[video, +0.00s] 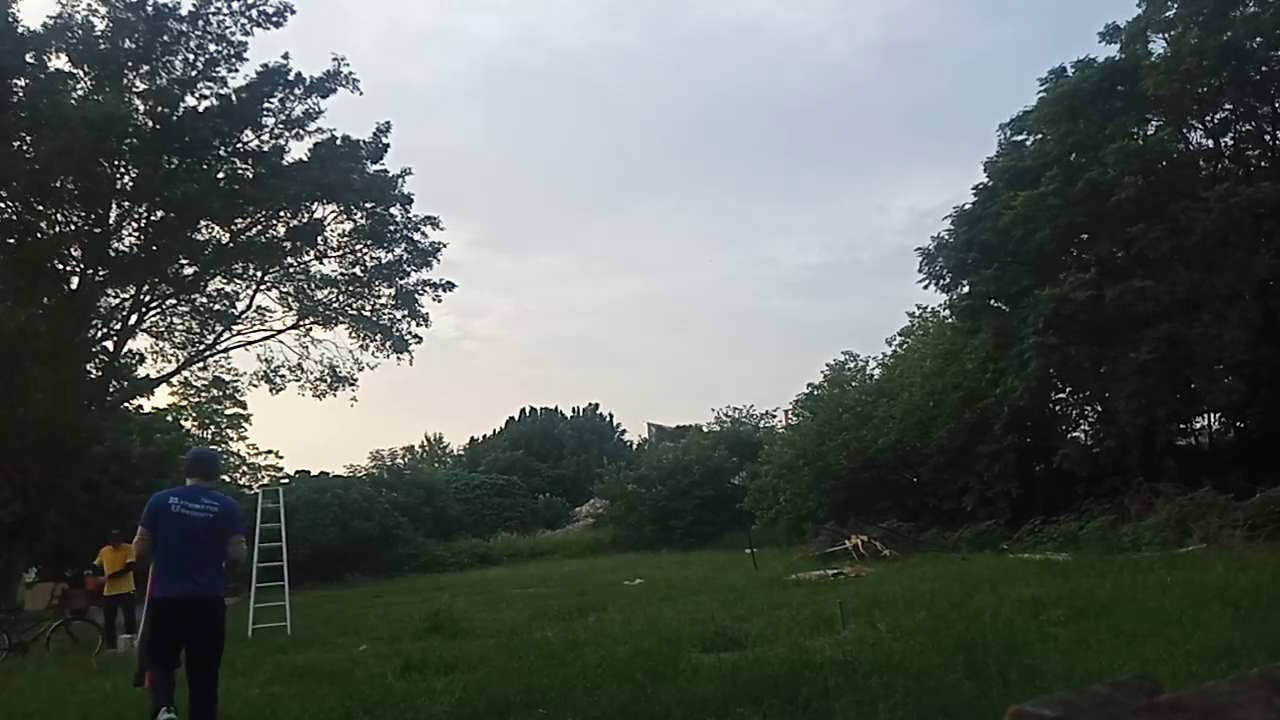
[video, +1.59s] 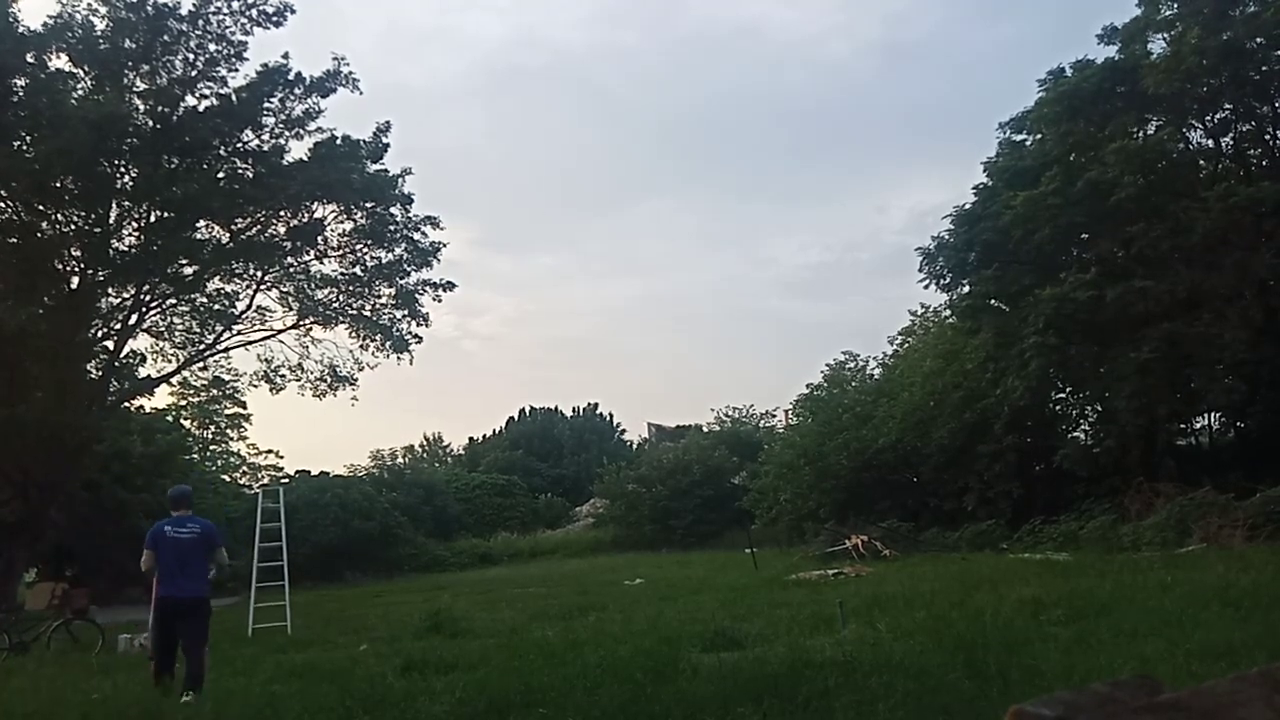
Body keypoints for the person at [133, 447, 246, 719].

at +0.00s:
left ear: (186, 472)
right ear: (216, 474)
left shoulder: (160, 501)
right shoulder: (228, 506)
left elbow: (140, 550)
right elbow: (237, 553)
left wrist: (167, 546)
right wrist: (212, 545)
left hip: (166, 602)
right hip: (208, 605)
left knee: (161, 664)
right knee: (204, 677)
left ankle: (164, 708)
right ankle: (203, 715)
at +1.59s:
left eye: (174, 504)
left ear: (170, 505)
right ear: (191, 504)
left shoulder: (158, 529)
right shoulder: (206, 528)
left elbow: (146, 565)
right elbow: (223, 560)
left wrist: (164, 558)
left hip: (167, 600)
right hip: (197, 599)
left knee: (164, 649)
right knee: (195, 648)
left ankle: (163, 693)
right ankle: (190, 693)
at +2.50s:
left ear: (165, 513)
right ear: (185, 514)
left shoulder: (153, 532)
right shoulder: (195, 534)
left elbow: (142, 563)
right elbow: (200, 560)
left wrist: (140, 585)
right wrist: (186, 566)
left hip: (156, 593)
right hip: (182, 594)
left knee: (149, 636)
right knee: (180, 637)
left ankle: (143, 676)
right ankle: (179, 679)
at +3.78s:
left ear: (129, 529)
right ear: (145, 528)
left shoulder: (119, 548)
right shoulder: (155, 545)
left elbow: (113, 575)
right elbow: (167, 567)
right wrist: (153, 568)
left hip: (126, 596)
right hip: (149, 595)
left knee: (121, 633)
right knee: (149, 629)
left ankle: (120, 666)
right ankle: (148, 655)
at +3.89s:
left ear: (128, 528)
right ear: (144, 528)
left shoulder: (117, 546)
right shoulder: (152, 543)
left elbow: (110, 572)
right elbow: (164, 567)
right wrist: (169, 585)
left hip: (124, 597)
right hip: (147, 595)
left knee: (120, 633)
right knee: (145, 628)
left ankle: (120, 668)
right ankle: (142, 651)